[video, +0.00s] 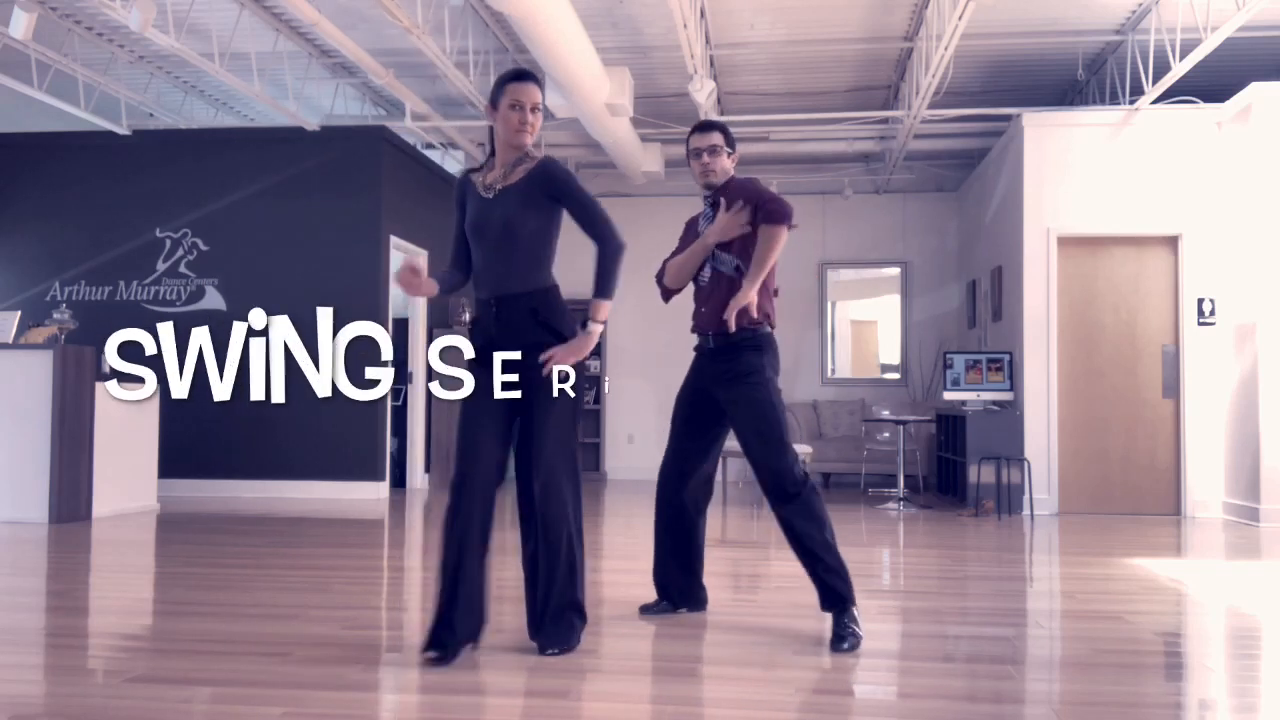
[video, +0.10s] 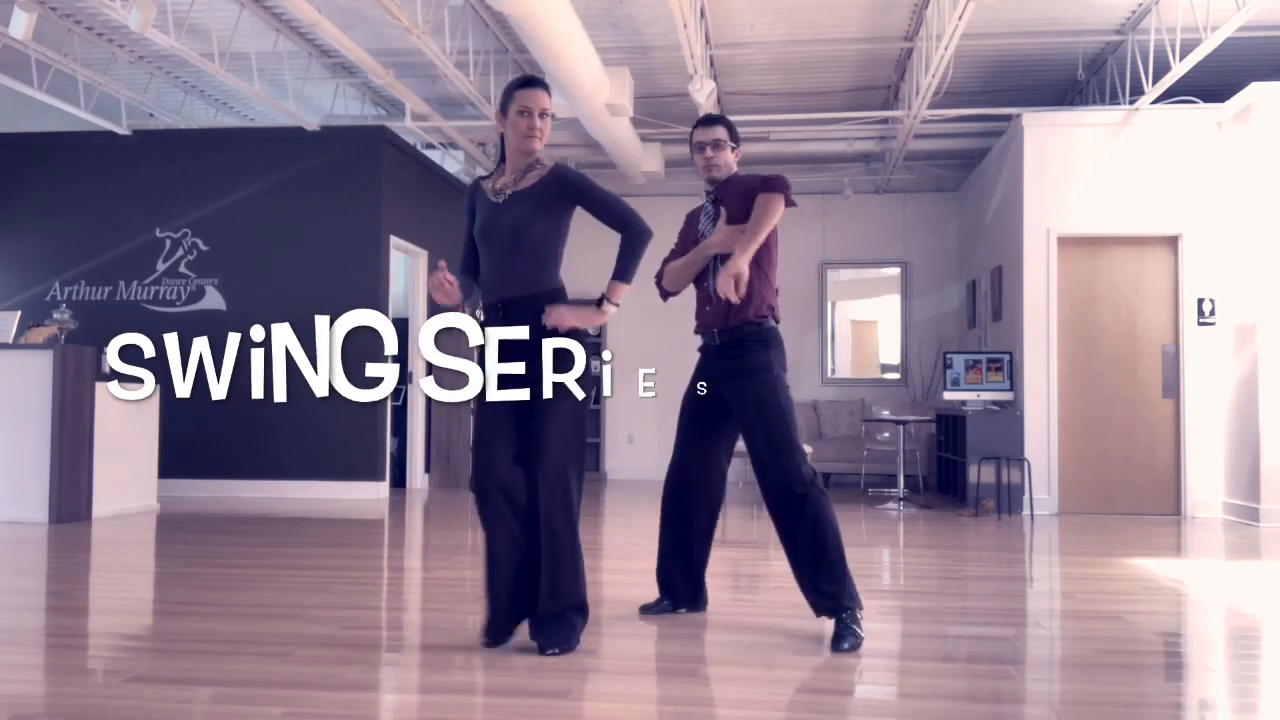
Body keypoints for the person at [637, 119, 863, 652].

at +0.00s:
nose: (705, 160)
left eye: (714, 152)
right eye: (696, 155)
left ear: (732, 156)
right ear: (689, 164)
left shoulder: (745, 191)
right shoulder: (697, 222)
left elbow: (780, 217)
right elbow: (669, 282)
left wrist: (750, 288)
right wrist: (711, 236)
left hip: (747, 351)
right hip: (707, 359)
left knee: (783, 478)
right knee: (681, 477)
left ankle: (841, 605)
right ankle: (681, 591)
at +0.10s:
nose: (709, 154)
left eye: (718, 146)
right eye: (700, 148)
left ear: (736, 151)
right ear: (692, 157)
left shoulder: (748, 185)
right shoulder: (697, 217)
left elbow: (777, 195)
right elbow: (667, 282)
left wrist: (741, 256)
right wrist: (710, 245)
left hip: (754, 352)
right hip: (712, 360)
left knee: (788, 478)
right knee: (690, 478)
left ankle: (843, 606)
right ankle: (682, 591)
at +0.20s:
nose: (716, 152)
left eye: (725, 143)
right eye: (706, 145)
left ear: (742, 148)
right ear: (697, 154)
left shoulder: (758, 186)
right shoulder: (697, 212)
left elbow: (777, 189)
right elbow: (655, 274)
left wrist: (720, 228)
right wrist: (689, 241)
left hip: (757, 344)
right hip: (714, 355)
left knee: (792, 477)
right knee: (693, 476)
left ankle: (844, 608)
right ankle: (684, 592)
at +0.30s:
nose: (719, 153)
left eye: (727, 144)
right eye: (709, 146)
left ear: (746, 149)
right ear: (699, 155)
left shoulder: (766, 185)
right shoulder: (694, 208)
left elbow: (765, 198)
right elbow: (649, 257)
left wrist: (713, 222)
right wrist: (679, 236)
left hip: (757, 343)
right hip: (711, 352)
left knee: (795, 475)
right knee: (694, 474)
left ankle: (845, 610)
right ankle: (687, 593)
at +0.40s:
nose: (720, 153)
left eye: (728, 144)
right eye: (710, 146)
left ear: (745, 148)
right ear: (699, 154)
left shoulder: (764, 184)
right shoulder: (694, 207)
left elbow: (773, 192)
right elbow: (651, 258)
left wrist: (716, 223)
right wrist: (682, 239)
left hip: (756, 344)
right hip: (710, 350)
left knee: (793, 475)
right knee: (692, 473)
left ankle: (846, 609)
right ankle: (686, 593)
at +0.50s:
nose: (720, 152)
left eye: (729, 144)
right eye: (711, 145)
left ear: (744, 148)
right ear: (699, 154)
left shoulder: (760, 184)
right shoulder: (694, 210)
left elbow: (778, 180)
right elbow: (655, 264)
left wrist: (722, 221)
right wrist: (695, 244)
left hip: (757, 346)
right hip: (706, 350)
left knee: (792, 476)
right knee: (688, 475)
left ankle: (844, 609)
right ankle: (684, 593)